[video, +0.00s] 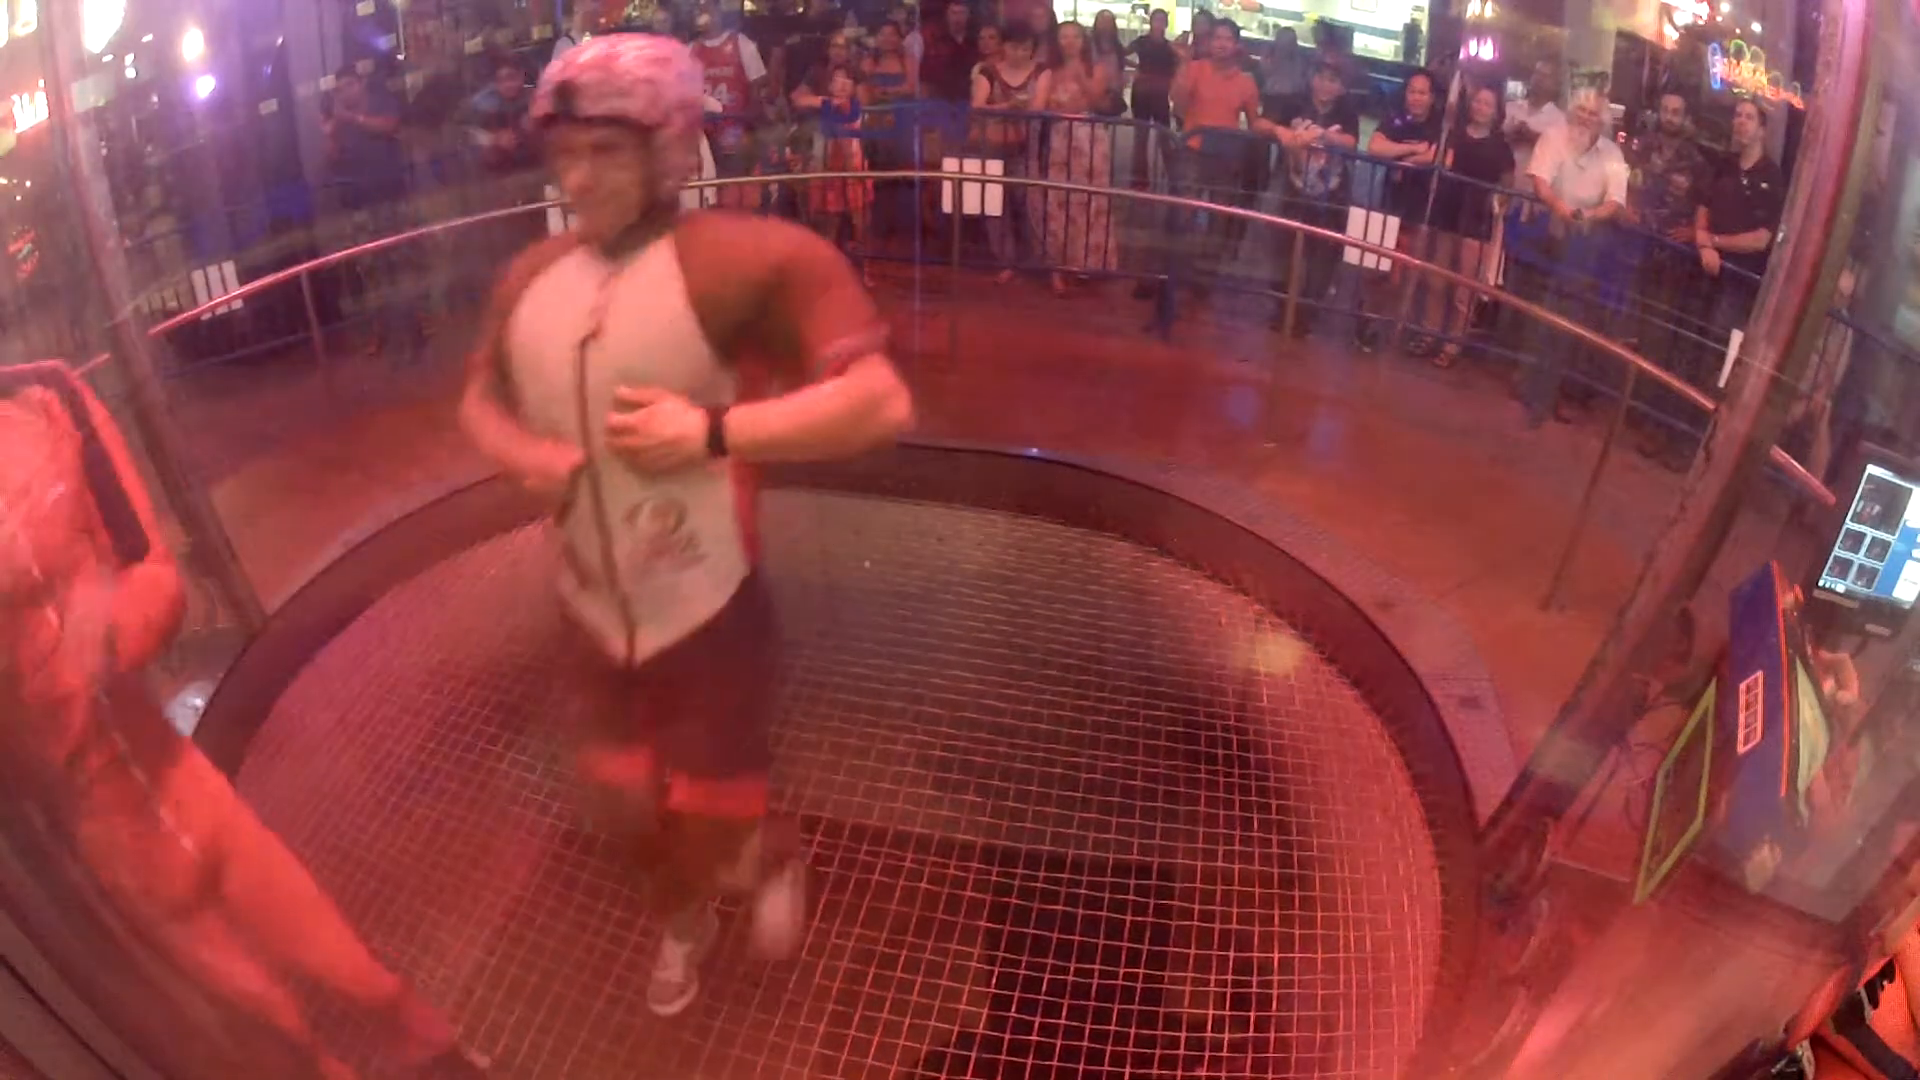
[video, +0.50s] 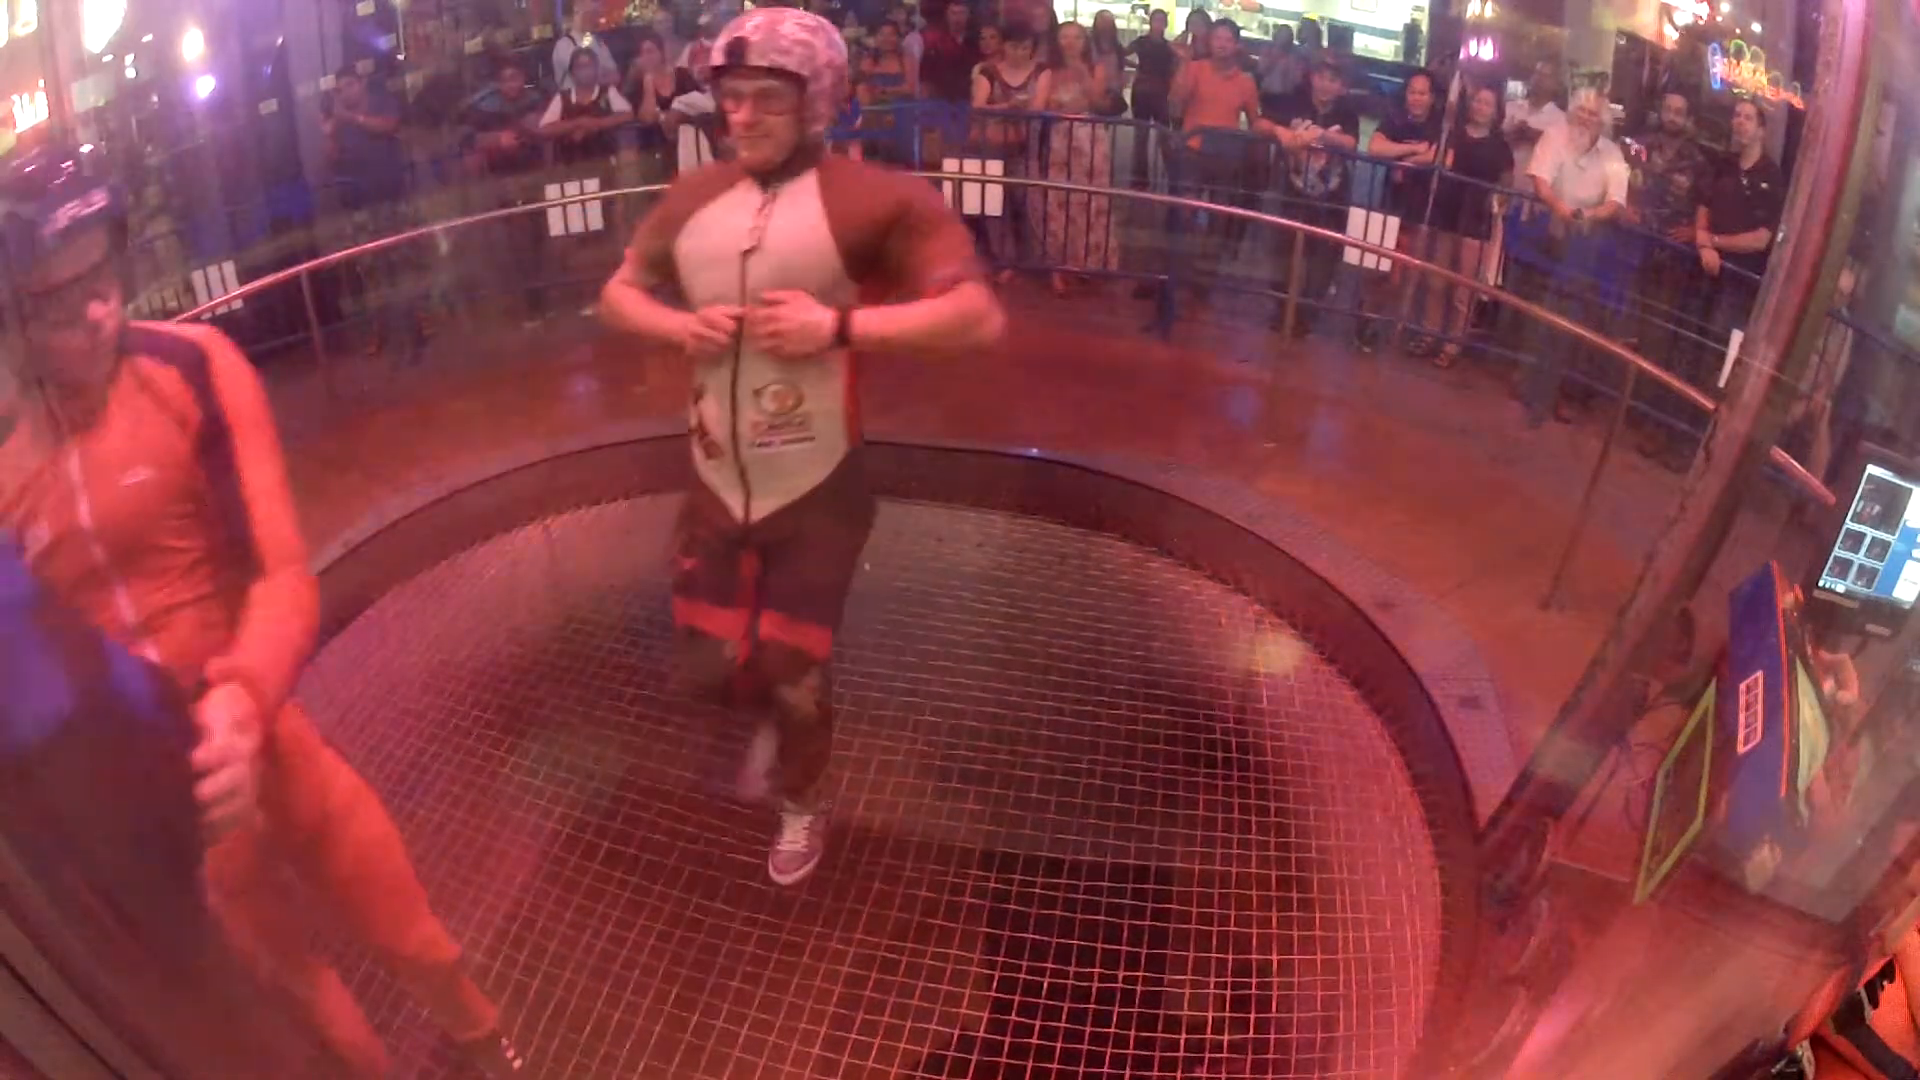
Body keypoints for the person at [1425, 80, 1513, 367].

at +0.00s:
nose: (1481, 107)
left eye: (1487, 104)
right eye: (1477, 101)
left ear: (1497, 112)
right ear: (1469, 104)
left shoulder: (1501, 148)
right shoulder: (1454, 137)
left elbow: (1507, 188)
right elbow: (1440, 168)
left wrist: (1496, 207)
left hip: (1476, 220)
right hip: (1445, 212)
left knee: (1463, 288)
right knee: (1435, 281)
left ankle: (1453, 342)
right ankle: (1430, 333)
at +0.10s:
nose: (1481, 107)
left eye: (1488, 103)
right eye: (1478, 101)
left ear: (1497, 111)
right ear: (1469, 104)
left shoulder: (1500, 148)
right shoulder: (1454, 137)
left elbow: (1507, 187)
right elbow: (1440, 166)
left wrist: (1498, 205)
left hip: (1476, 220)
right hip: (1445, 212)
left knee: (1464, 288)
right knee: (1435, 280)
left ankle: (1453, 342)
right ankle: (1430, 333)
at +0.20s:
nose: (1481, 107)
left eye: (1487, 103)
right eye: (1478, 101)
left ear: (1497, 111)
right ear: (1469, 104)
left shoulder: (1500, 148)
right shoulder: (1454, 137)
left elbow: (1507, 187)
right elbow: (1440, 166)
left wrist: (1498, 207)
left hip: (1476, 219)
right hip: (1445, 212)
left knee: (1464, 288)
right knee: (1435, 280)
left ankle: (1453, 342)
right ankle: (1430, 333)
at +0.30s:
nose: (1481, 107)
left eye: (1487, 103)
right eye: (1478, 101)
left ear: (1497, 112)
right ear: (1469, 104)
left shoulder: (1500, 147)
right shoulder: (1454, 137)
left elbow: (1506, 187)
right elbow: (1441, 166)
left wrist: (1497, 205)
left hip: (1476, 219)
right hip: (1445, 211)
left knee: (1463, 288)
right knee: (1435, 281)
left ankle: (1453, 342)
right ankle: (1429, 333)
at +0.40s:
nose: (1481, 107)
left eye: (1487, 103)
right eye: (1477, 101)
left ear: (1497, 111)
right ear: (1469, 104)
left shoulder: (1500, 147)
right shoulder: (1454, 137)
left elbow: (1506, 187)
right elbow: (1439, 167)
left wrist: (1496, 205)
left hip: (1476, 220)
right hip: (1444, 212)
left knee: (1463, 289)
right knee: (1435, 281)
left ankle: (1453, 342)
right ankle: (1429, 333)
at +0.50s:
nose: (1480, 107)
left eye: (1487, 103)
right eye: (1477, 101)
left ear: (1497, 111)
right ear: (1469, 104)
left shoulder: (1500, 148)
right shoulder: (1453, 137)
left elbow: (1506, 187)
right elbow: (1439, 166)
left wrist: (1495, 206)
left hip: (1476, 220)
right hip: (1444, 212)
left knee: (1463, 289)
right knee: (1435, 281)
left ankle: (1453, 342)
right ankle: (1429, 333)